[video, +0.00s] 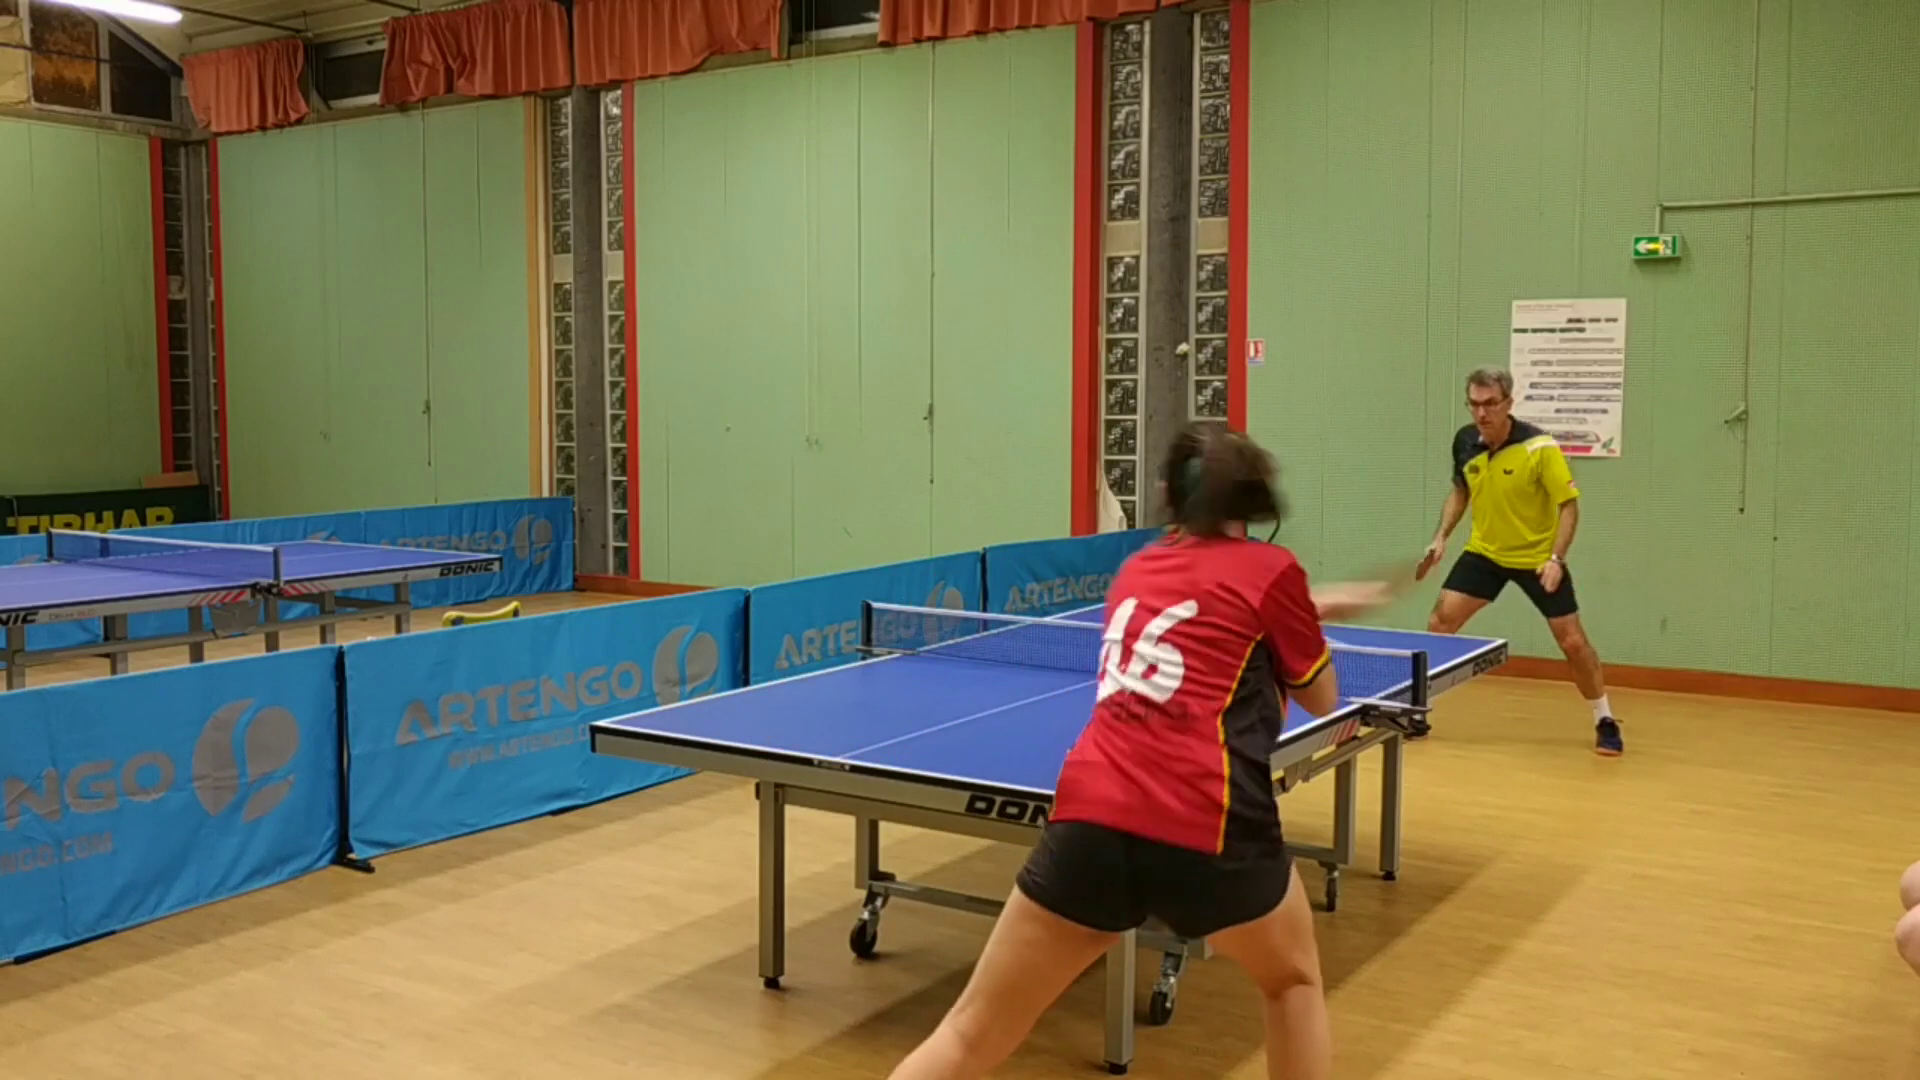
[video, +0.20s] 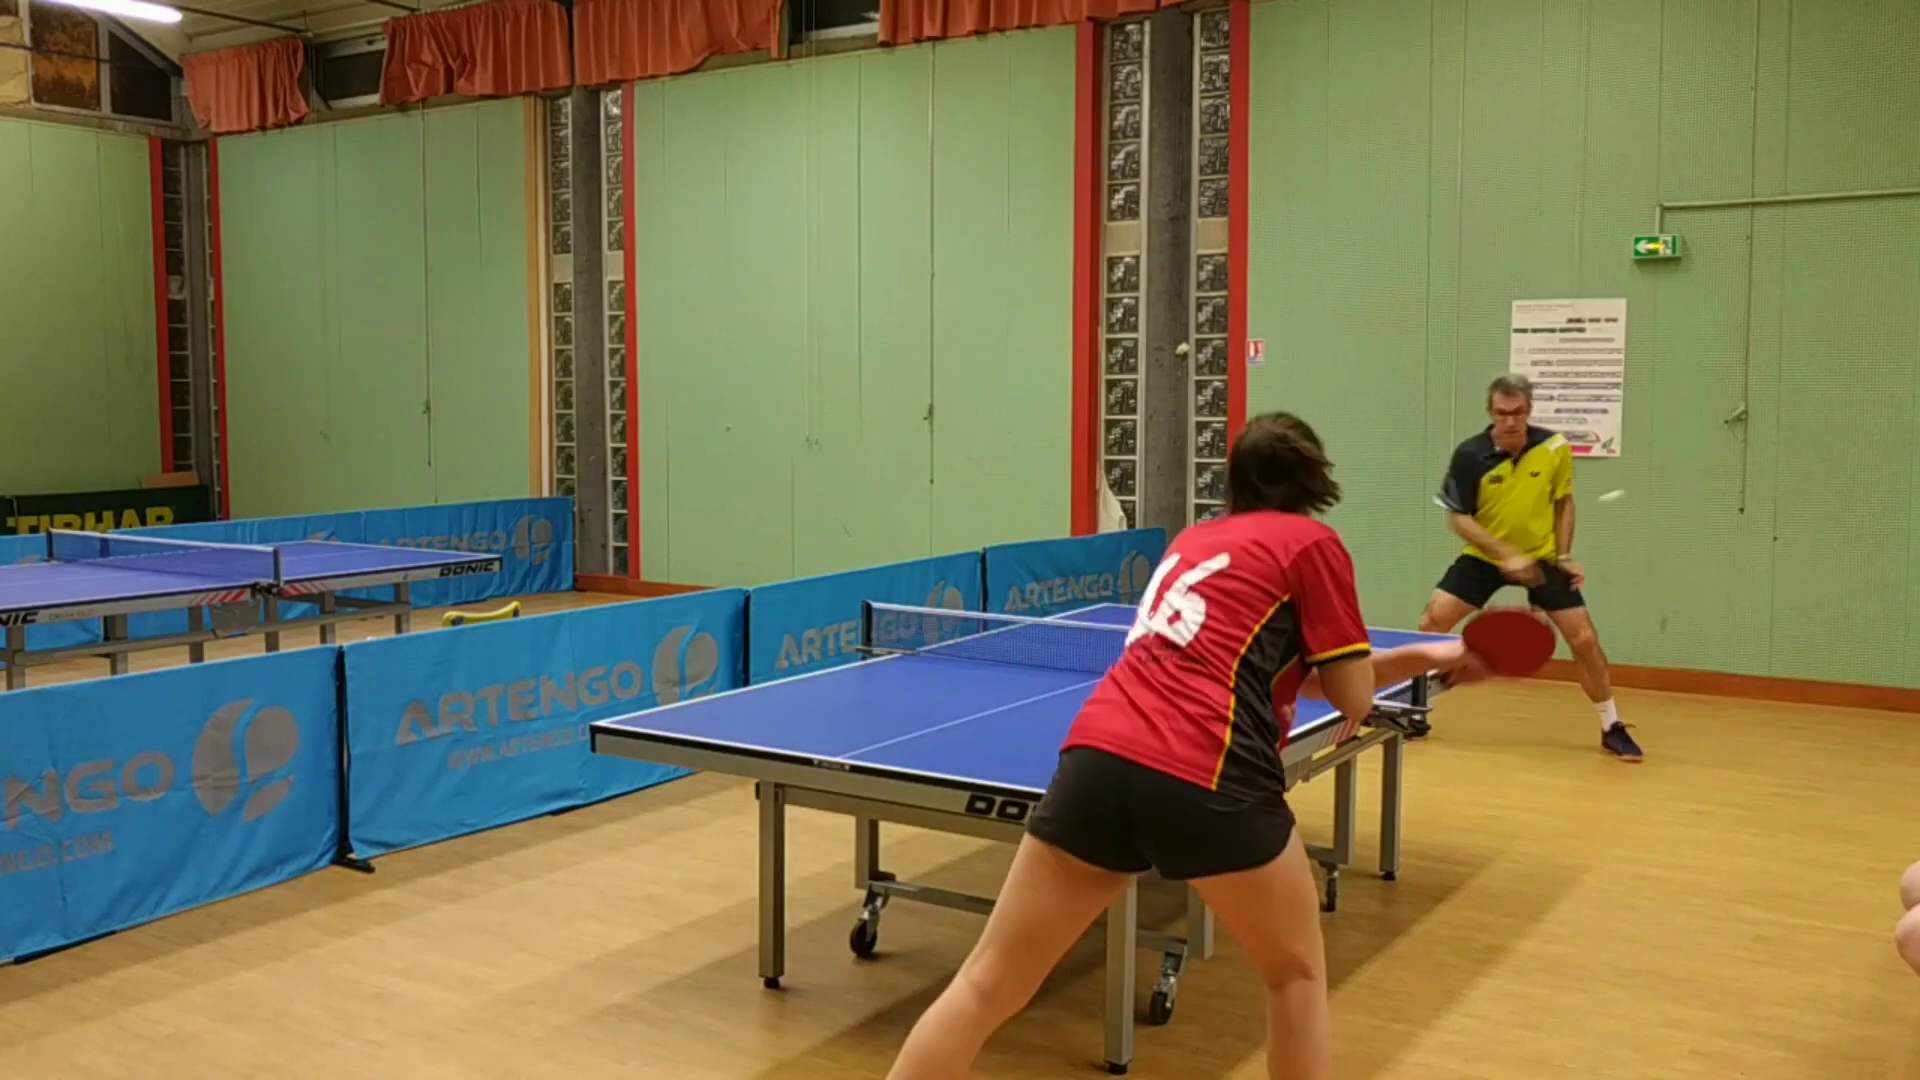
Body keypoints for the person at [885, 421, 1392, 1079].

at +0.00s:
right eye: (1249, 486)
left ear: (1172, 497)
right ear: (1249, 499)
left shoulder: (1138, 566)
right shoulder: (1273, 571)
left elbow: (1206, 623)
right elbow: (1319, 696)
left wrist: (1313, 606)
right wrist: (1274, 631)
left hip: (1091, 828)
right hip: (1213, 837)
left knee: (966, 1037)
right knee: (1291, 985)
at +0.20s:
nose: (1326, 489)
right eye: (1324, 479)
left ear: (1237, 483)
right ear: (1311, 482)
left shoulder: (1195, 537)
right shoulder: (1311, 543)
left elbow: (1287, 668)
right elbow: (1355, 698)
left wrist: (1416, 658)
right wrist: (1341, 676)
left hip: (1094, 764)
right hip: (1211, 782)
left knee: (982, 990)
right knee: (1295, 977)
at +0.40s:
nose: (1280, 411)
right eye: (1275, 400)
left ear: (1189, 411)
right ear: (1267, 414)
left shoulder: (1143, 481)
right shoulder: (1293, 502)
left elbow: (1191, 595)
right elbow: (1339, 653)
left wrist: (1322, 642)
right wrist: (1266, 621)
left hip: (1082, 740)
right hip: (1202, 761)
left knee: (976, 944)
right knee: (1268, 974)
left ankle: (888, 1077)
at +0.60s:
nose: (1150, 376)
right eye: (1146, 367)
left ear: (1058, 388)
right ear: (1139, 384)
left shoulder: (1013, 473)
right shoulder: (1193, 485)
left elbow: (985, 583)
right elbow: (1251, 617)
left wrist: (1081, 562)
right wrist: (1195, 561)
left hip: (1018, 759)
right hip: (1139, 764)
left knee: (942, 950)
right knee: (1221, 971)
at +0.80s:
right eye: (978, 376)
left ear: (899, 391)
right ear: (982, 390)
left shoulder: (861, 492)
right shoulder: (1039, 493)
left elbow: (809, 620)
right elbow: (1110, 626)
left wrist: (875, 573)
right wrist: (1040, 572)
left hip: (898, 774)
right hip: (1015, 771)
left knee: (865, 970)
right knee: (1099, 956)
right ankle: (1198, 1074)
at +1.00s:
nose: (782, 347)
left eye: (784, 337)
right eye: (785, 336)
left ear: (794, 348)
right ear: (876, 346)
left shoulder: (768, 452)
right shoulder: (927, 443)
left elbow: (741, 611)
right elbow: (972, 572)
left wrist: (698, 663)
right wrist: (896, 606)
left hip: (841, 734)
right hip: (933, 726)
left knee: (843, 968)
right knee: (869, 901)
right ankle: (965, 1069)